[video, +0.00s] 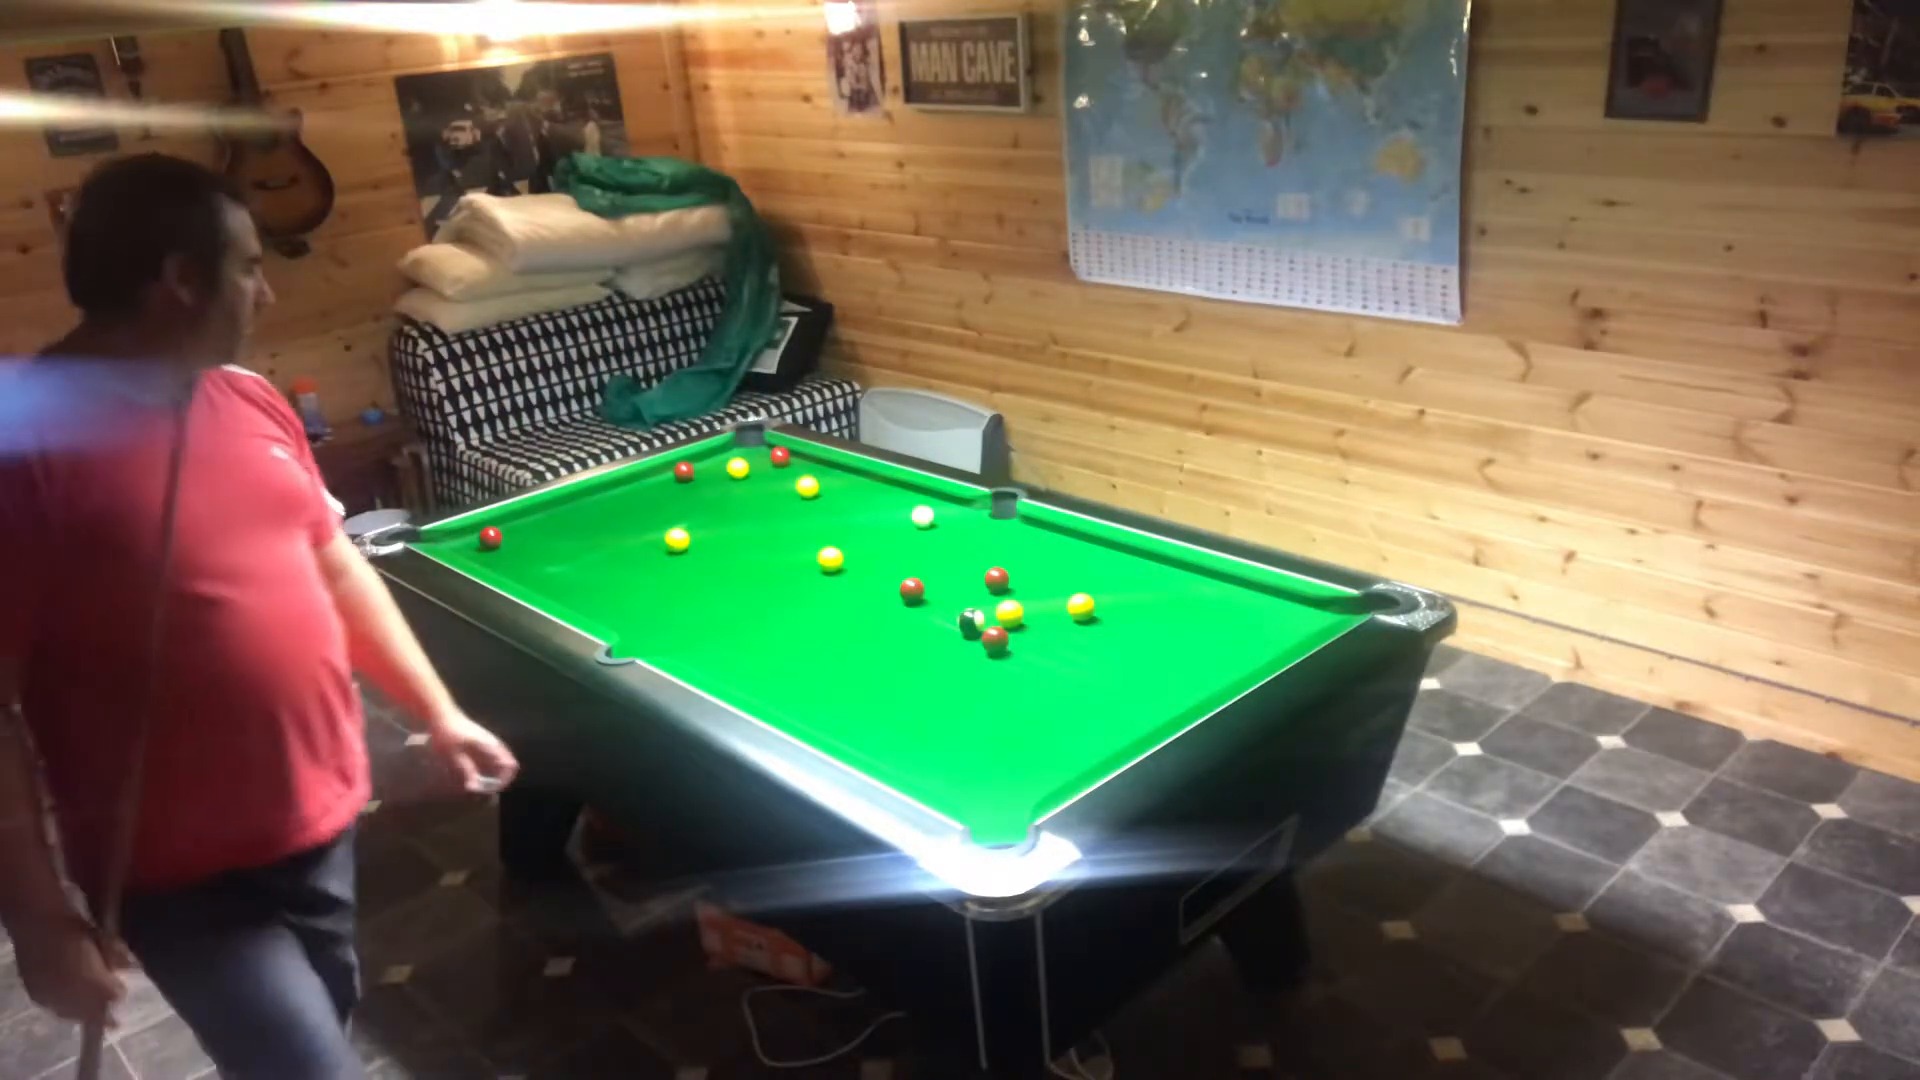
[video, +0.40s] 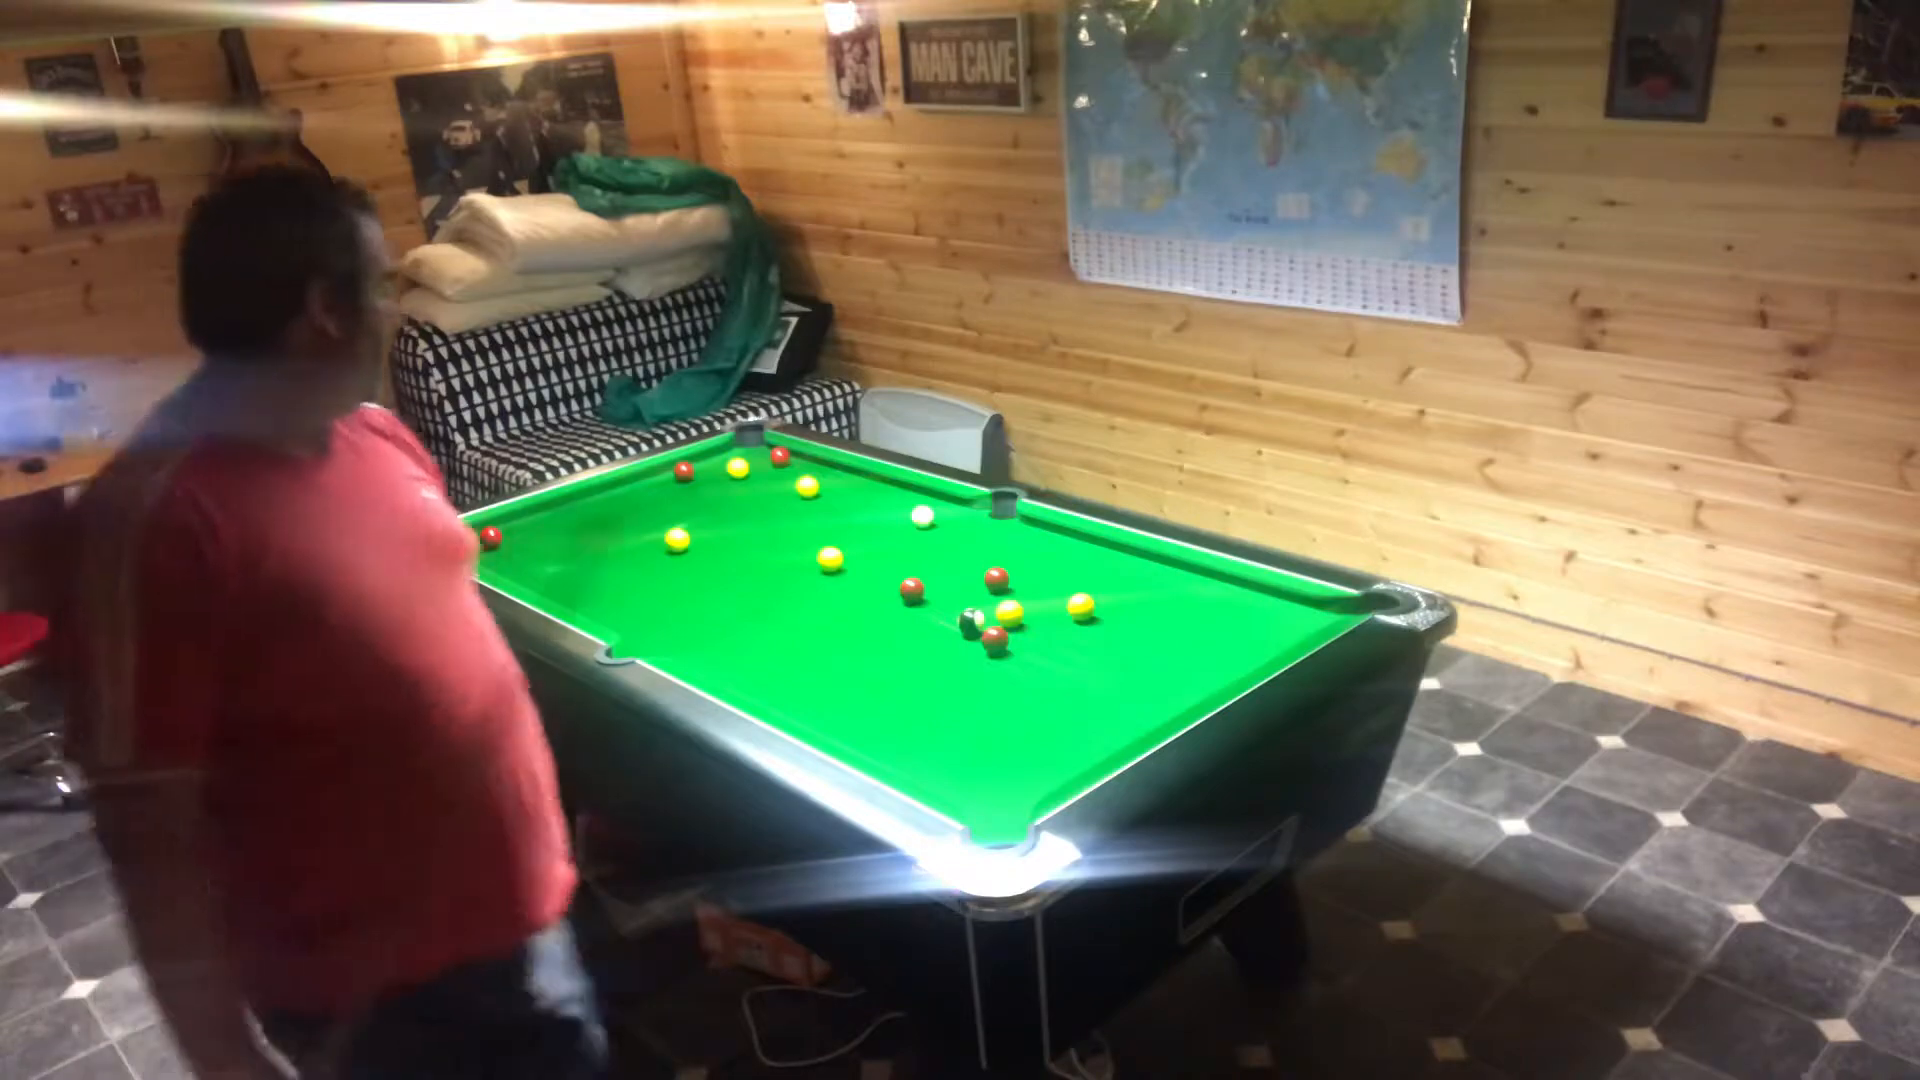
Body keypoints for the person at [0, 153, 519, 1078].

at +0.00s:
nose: (267, 292)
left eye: (262, 265)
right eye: (249, 265)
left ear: (183, 280)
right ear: (178, 279)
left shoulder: (252, 402)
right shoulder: (26, 427)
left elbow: (337, 562)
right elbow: (0, 702)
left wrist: (439, 713)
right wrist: (35, 910)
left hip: (324, 839)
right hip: (183, 876)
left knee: (321, 1057)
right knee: (320, 1067)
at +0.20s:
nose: (324, 314)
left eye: (316, 288)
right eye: (307, 290)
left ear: (251, 308)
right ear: (242, 309)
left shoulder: (301, 427)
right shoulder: (84, 498)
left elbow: (398, 591)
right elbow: (45, 789)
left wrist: (502, 752)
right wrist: (108, 1025)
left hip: (397, 883)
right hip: (278, 943)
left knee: (393, 1056)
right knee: (401, 1067)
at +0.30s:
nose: (361, 317)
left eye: (356, 291)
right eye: (345, 291)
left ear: (278, 312)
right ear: (281, 310)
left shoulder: (337, 433)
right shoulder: (107, 505)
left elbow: (419, 613)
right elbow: (95, 807)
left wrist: (510, 778)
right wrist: (160, 1047)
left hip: (453, 902)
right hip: (323, 966)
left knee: (461, 1051)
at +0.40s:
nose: (400, 313)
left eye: (395, 287)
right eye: (386, 288)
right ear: (324, 311)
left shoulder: (377, 437)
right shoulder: (153, 513)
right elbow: (149, 829)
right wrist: (229, 1057)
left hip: (530, 942)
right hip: (375, 1006)